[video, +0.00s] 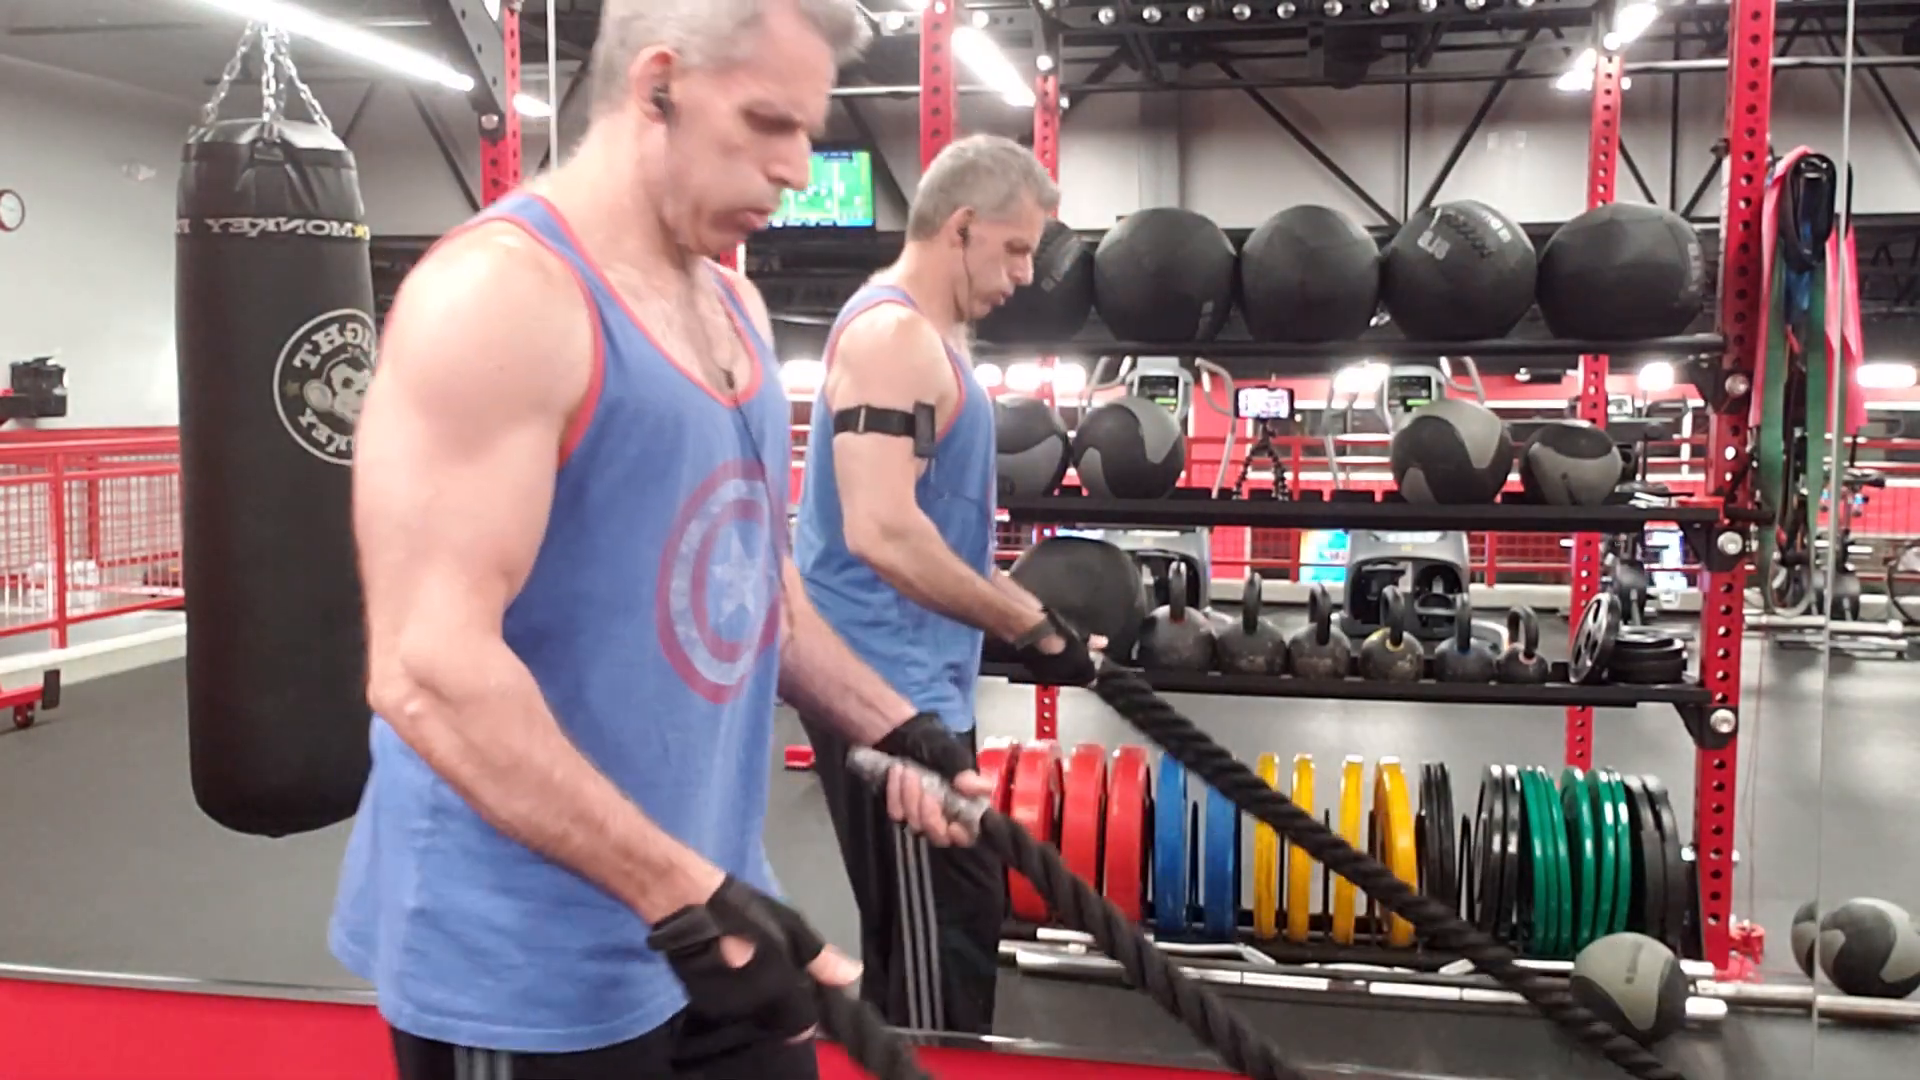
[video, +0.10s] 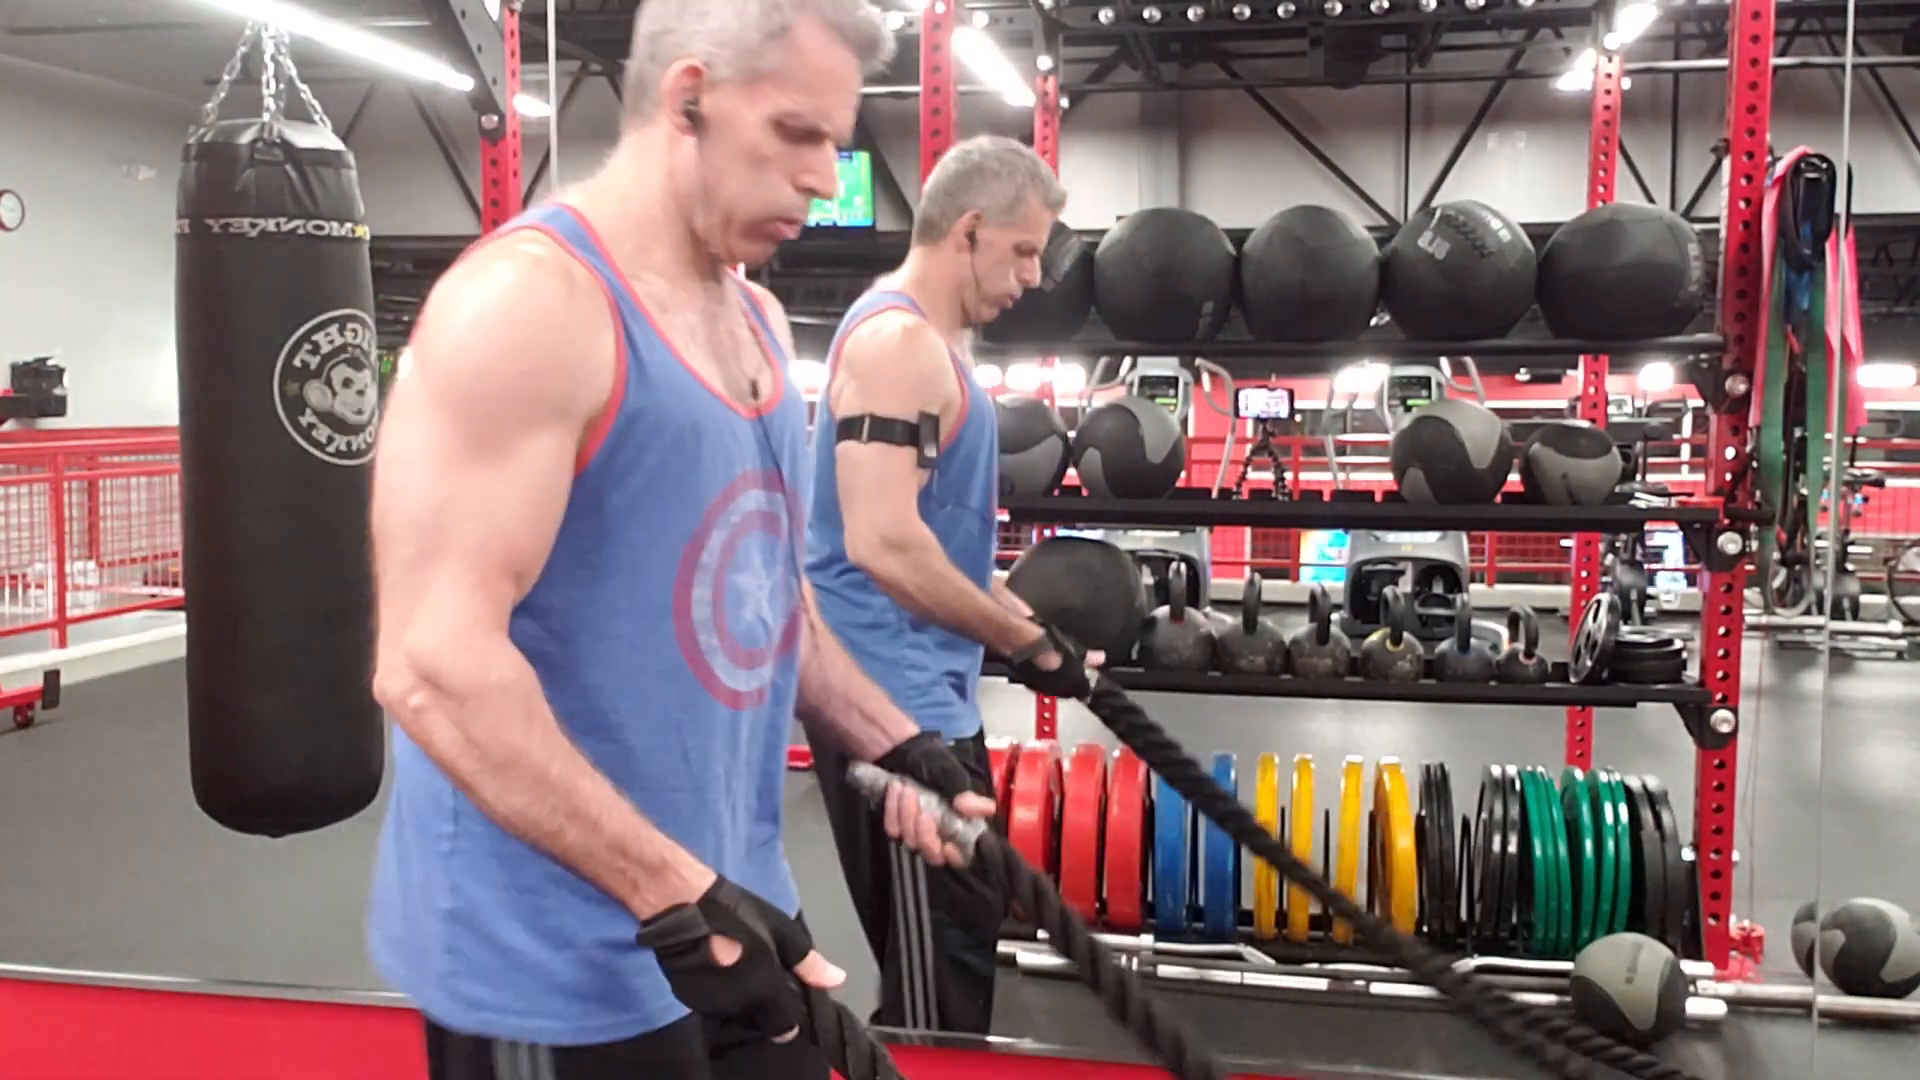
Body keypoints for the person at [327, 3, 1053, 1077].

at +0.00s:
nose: (796, 173)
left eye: (807, 136)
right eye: (771, 123)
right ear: (656, 87)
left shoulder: (730, 298)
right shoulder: (493, 295)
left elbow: (752, 580)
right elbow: (429, 665)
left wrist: (897, 732)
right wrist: (683, 900)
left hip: (717, 946)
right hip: (526, 988)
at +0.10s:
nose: (825, 182)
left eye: (836, 146)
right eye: (799, 134)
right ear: (686, 98)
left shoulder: (757, 318)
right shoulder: (521, 302)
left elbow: (763, 593)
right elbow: (432, 658)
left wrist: (899, 748)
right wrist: (675, 895)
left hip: (734, 946)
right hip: (553, 981)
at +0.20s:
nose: (844, 181)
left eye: (852, 145)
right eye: (817, 134)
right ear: (706, 104)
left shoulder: (778, 328)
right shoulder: (539, 304)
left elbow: (775, 601)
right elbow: (447, 656)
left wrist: (902, 772)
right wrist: (685, 887)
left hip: (748, 925)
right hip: (574, 967)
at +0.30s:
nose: (862, 173)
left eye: (868, 137)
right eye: (832, 127)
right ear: (718, 105)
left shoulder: (792, 336)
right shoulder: (550, 306)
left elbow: (786, 601)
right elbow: (452, 650)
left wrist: (905, 781)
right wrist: (684, 884)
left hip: (747, 921)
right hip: (573, 954)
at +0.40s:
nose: (873, 167)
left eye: (877, 130)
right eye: (841, 121)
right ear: (727, 107)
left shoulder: (799, 339)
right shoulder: (557, 307)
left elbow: (788, 603)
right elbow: (454, 650)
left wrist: (913, 786)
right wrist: (681, 887)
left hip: (747, 921)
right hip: (569, 950)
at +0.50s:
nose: (875, 160)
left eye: (877, 124)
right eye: (843, 116)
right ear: (728, 108)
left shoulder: (797, 341)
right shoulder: (560, 310)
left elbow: (784, 603)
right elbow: (451, 657)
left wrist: (909, 790)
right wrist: (679, 893)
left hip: (743, 924)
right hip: (560, 960)